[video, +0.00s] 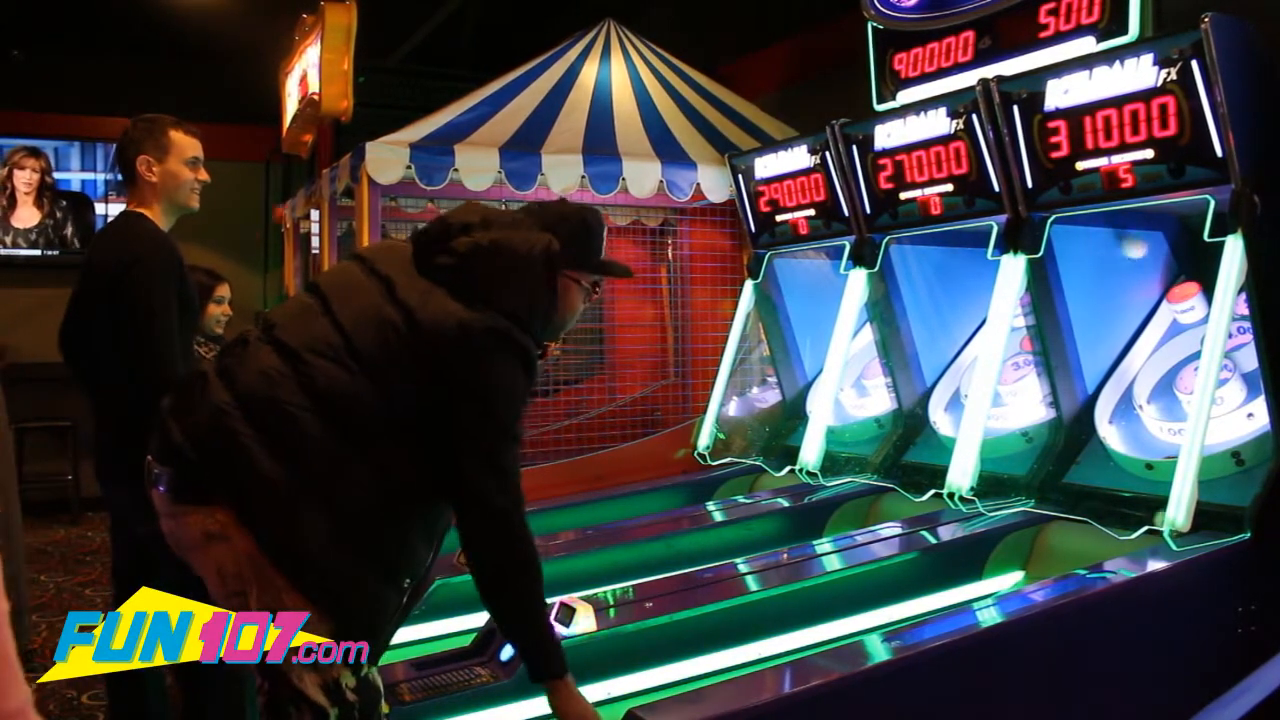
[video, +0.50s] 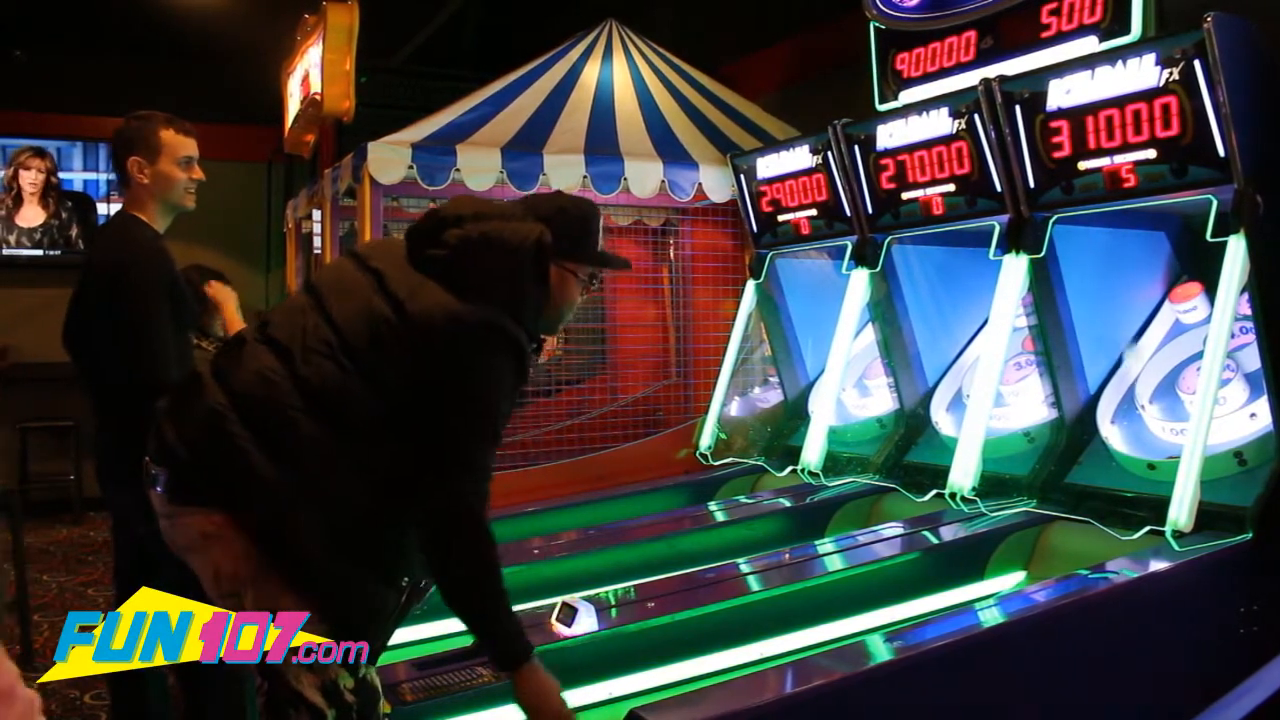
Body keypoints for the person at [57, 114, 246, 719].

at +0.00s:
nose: (204, 176)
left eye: (203, 164)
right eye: (193, 163)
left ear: (147, 171)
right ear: (149, 168)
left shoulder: (113, 241)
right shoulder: (151, 250)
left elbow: (74, 341)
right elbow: (166, 367)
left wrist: (119, 408)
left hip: (120, 449)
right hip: (151, 456)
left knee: (137, 594)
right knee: (171, 596)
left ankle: (135, 705)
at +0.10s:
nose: (203, 176)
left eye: (202, 164)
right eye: (192, 163)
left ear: (146, 171)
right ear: (147, 168)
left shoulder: (113, 240)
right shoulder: (150, 250)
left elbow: (75, 339)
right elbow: (167, 366)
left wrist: (119, 404)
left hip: (120, 449)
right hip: (151, 457)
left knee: (138, 593)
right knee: (172, 596)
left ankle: (135, 706)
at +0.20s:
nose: (202, 176)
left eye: (201, 163)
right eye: (191, 163)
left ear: (145, 171)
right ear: (146, 168)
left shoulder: (115, 240)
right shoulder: (147, 250)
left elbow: (75, 337)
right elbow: (168, 367)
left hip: (123, 451)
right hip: (150, 458)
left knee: (139, 592)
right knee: (172, 596)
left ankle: (135, 705)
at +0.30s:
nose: (201, 176)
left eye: (199, 163)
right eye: (189, 163)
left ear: (145, 172)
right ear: (144, 169)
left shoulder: (117, 241)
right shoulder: (144, 251)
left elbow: (76, 337)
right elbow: (168, 371)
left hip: (124, 451)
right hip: (150, 460)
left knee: (140, 592)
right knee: (171, 596)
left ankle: (137, 705)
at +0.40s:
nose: (199, 175)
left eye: (198, 163)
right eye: (188, 163)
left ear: (143, 172)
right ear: (142, 169)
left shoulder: (117, 242)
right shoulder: (140, 251)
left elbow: (77, 336)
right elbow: (169, 373)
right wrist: (235, 325)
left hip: (126, 452)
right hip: (150, 461)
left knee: (141, 594)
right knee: (171, 597)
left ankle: (138, 706)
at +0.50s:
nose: (199, 176)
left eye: (198, 164)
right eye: (186, 164)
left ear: (143, 174)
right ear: (140, 170)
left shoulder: (117, 243)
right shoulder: (139, 253)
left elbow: (75, 337)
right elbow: (169, 372)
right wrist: (229, 319)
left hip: (127, 454)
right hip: (149, 463)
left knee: (142, 596)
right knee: (171, 599)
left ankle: (138, 706)